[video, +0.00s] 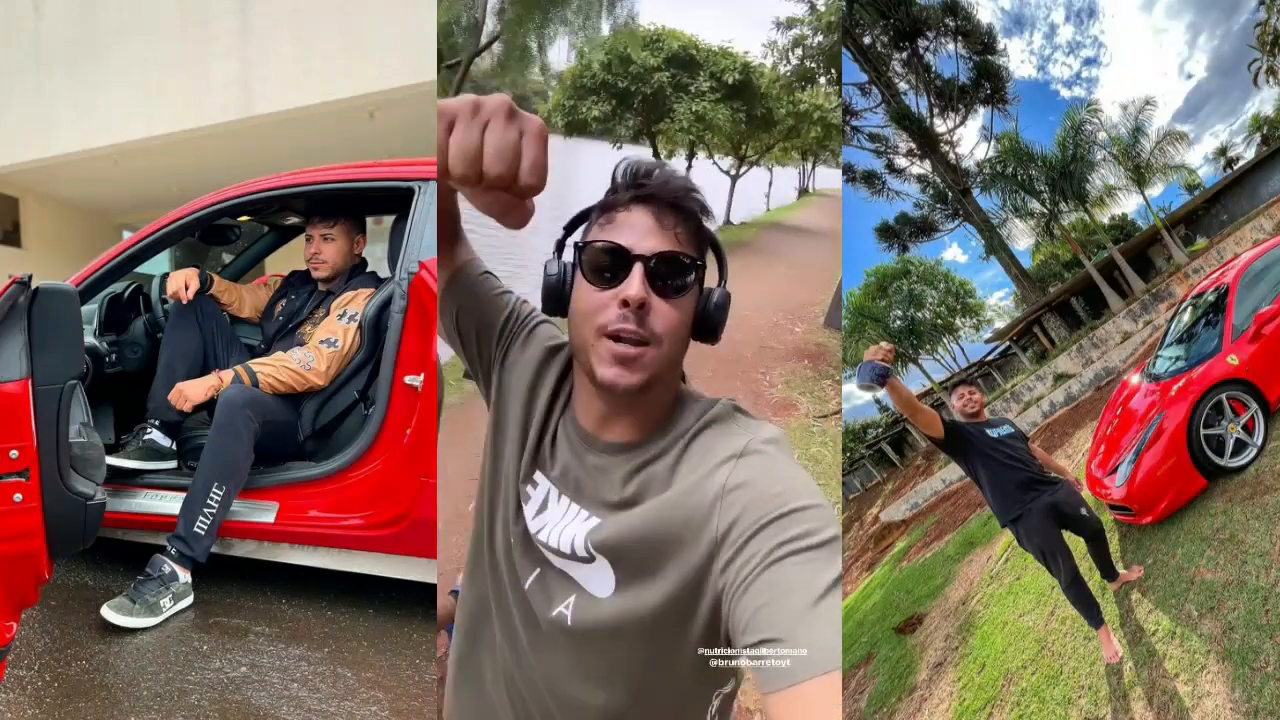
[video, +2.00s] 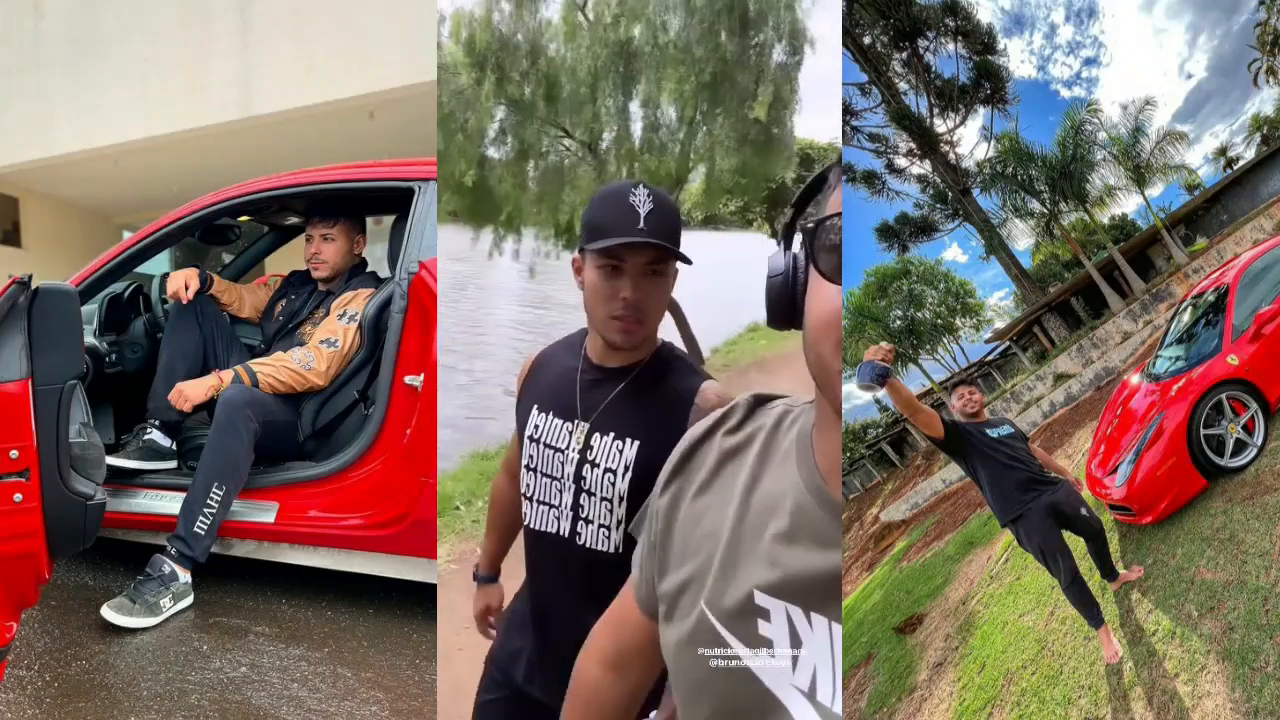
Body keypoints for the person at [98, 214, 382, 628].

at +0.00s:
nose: (314, 249)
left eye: (328, 239)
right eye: (310, 239)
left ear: (359, 245)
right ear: (305, 244)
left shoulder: (362, 297)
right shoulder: (291, 286)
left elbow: (315, 367)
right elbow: (243, 299)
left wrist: (220, 380)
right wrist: (201, 278)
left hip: (314, 411)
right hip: (261, 386)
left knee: (239, 402)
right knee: (195, 302)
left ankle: (177, 567)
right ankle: (160, 433)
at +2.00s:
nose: (315, 249)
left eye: (328, 239)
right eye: (310, 239)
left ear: (358, 245)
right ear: (304, 244)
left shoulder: (361, 297)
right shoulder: (292, 286)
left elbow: (315, 366)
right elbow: (243, 299)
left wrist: (219, 381)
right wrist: (203, 279)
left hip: (315, 411)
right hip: (265, 389)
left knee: (239, 402)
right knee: (196, 303)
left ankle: (177, 568)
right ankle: (161, 433)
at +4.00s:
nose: (314, 250)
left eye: (328, 239)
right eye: (310, 239)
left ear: (358, 245)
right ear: (304, 244)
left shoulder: (362, 297)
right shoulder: (292, 286)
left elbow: (315, 366)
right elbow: (242, 299)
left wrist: (219, 380)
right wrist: (202, 278)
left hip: (316, 410)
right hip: (266, 389)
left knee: (239, 402)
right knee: (195, 303)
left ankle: (177, 568)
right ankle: (161, 433)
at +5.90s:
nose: (314, 250)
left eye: (328, 239)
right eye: (310, 239)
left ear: (358, 245)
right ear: (304, 243)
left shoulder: (361, 297)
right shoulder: (291, 286)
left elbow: (315, 366)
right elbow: (243, 299)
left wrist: (219, 380)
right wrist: (201, 278)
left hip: (317, 411)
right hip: (266, 390)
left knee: (239, 402)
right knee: (196, 303)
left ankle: (177, 568)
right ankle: (161, 433)